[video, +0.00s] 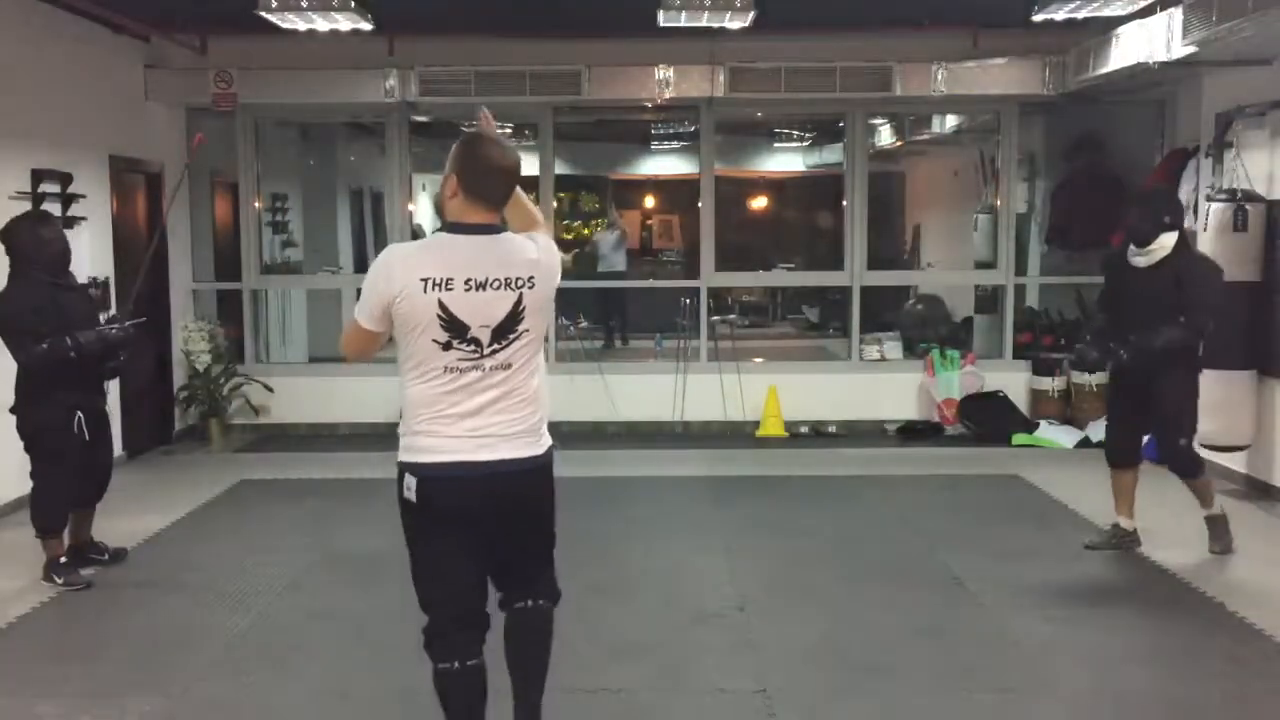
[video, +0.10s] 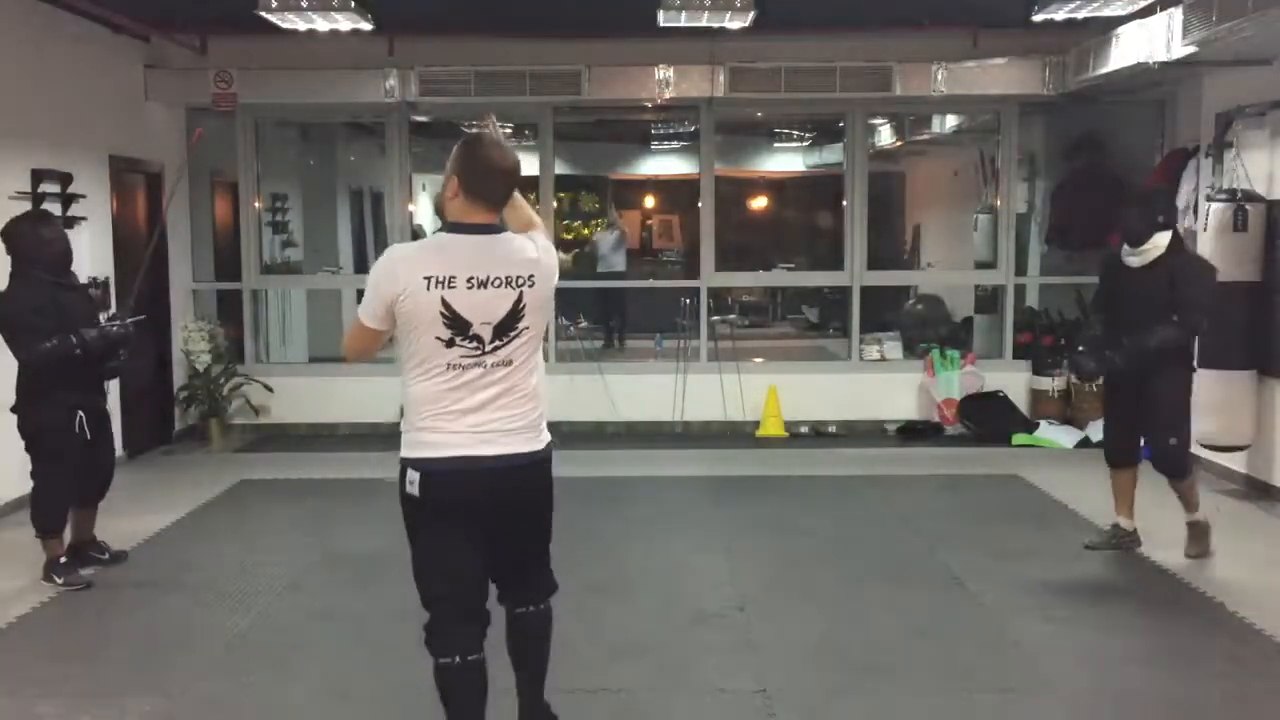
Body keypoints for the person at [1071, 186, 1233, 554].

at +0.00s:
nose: (1135, 223)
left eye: (1144, 215)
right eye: (1134, 214)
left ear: (1166, 220)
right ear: (1129, 217)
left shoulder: (1195, 269)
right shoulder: (1120, 265)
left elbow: (1197, 327)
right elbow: (1107, 314)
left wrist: (1143, 343)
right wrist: (1094, 342)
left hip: (1174, 372)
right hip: (1128, 370)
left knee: (1177, 451)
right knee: (1120, 446)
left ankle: (1213, 514)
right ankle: (1124, 527)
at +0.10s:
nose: (1128, 226)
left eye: (1137, 218)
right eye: (1127, 218)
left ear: (1158, 220)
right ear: (1122, 221)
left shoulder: (1187, 267)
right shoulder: (1115, 264)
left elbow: (1189, 324)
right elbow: (1100, 316)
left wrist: (1139, 345)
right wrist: (1092, 347)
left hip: (1167, 370)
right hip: (1122, 368)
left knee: (1168, 453)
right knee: (1119, 447)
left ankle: (1195, 520)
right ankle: (1124, 527)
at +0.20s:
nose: (1124, 231)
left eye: (1130, 223)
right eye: (1120, 224)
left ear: (1149, 220)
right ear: (1116, 225)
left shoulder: (1182, 265)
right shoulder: (1111, 266)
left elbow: (1184, 323)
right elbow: (1096, 319)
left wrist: (1137, 347)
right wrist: (1094, 350)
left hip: (1162, 377)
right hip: (1118, 375)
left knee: (1160, 457)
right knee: (1120, 452)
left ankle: (1172, 535)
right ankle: (1124, 528)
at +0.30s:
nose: (1121, 225)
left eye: (1128, 217)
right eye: (1119, 217)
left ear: (1148, 216)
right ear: (1117, 221)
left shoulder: (1180, 264)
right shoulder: (1111, 266)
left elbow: (1180, 325)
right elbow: (1095, 318)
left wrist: (1131, 349)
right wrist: (1093, 349)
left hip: (1159, 375)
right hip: (1117, 374)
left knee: (1157, 458)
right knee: (1119, 453)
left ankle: (1168, 536)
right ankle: (1123, 528)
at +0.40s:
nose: (1120, 225)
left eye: (1127, 217)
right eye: (1118, 217)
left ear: (1147, 216)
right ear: (1117, 220)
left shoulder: (1179, 264)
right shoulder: (1111, 265)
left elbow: (1179, 325)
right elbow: (1096, 318)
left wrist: (1128, 350)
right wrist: (1093, 349)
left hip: (1160, 376)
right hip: (1116, 375)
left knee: (1160, 457)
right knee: (1119, 452)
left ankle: (1169, 536)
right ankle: (1123, 528)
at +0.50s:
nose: (1126, 226)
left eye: (1132, 218)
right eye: (1123, 219)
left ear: (1150, 218)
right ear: (1120, 221)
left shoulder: (1180, 263)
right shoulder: (1113, 263)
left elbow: (1178, 325)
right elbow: (1097, 315)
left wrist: (1131, 349)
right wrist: (1091, 346)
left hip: (1160, 375)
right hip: (1117, 373)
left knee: (1161, 456)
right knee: (1120, 451)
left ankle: (1169, 536)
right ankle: (1124, 528)